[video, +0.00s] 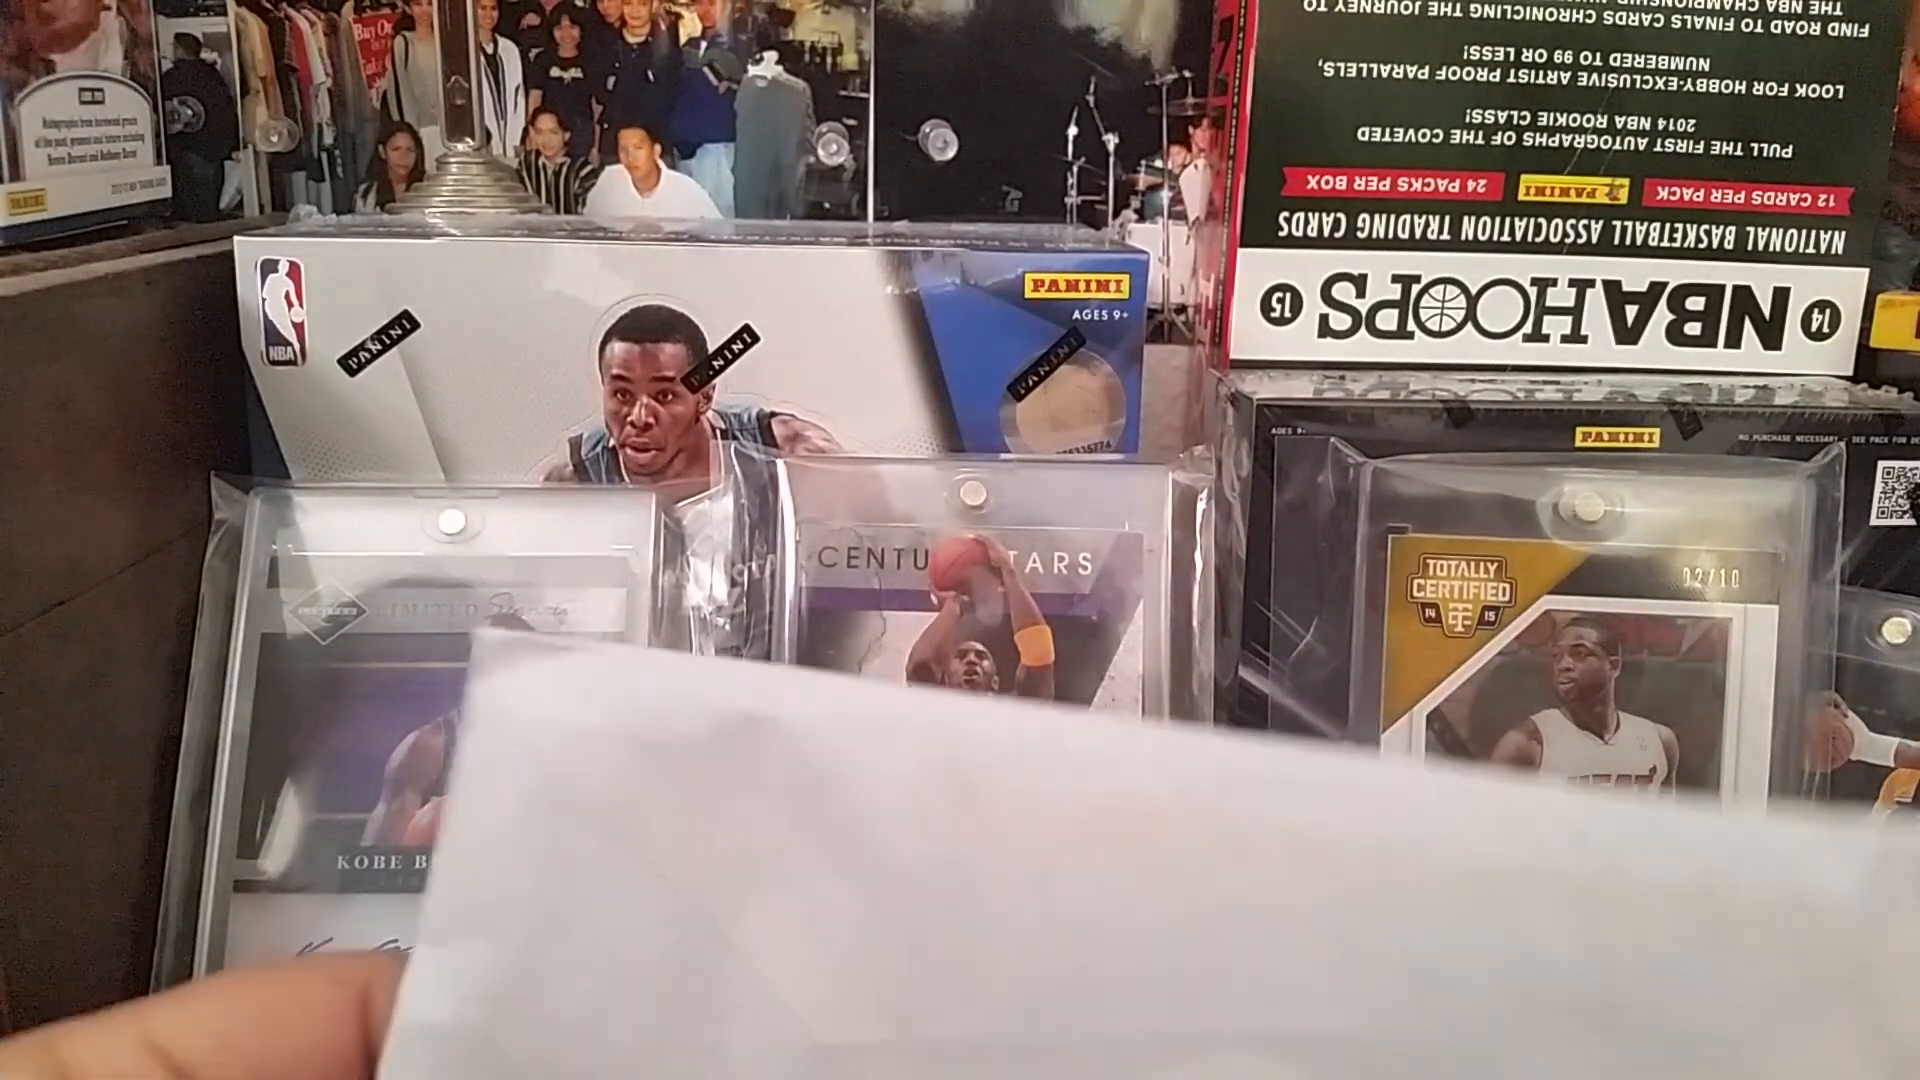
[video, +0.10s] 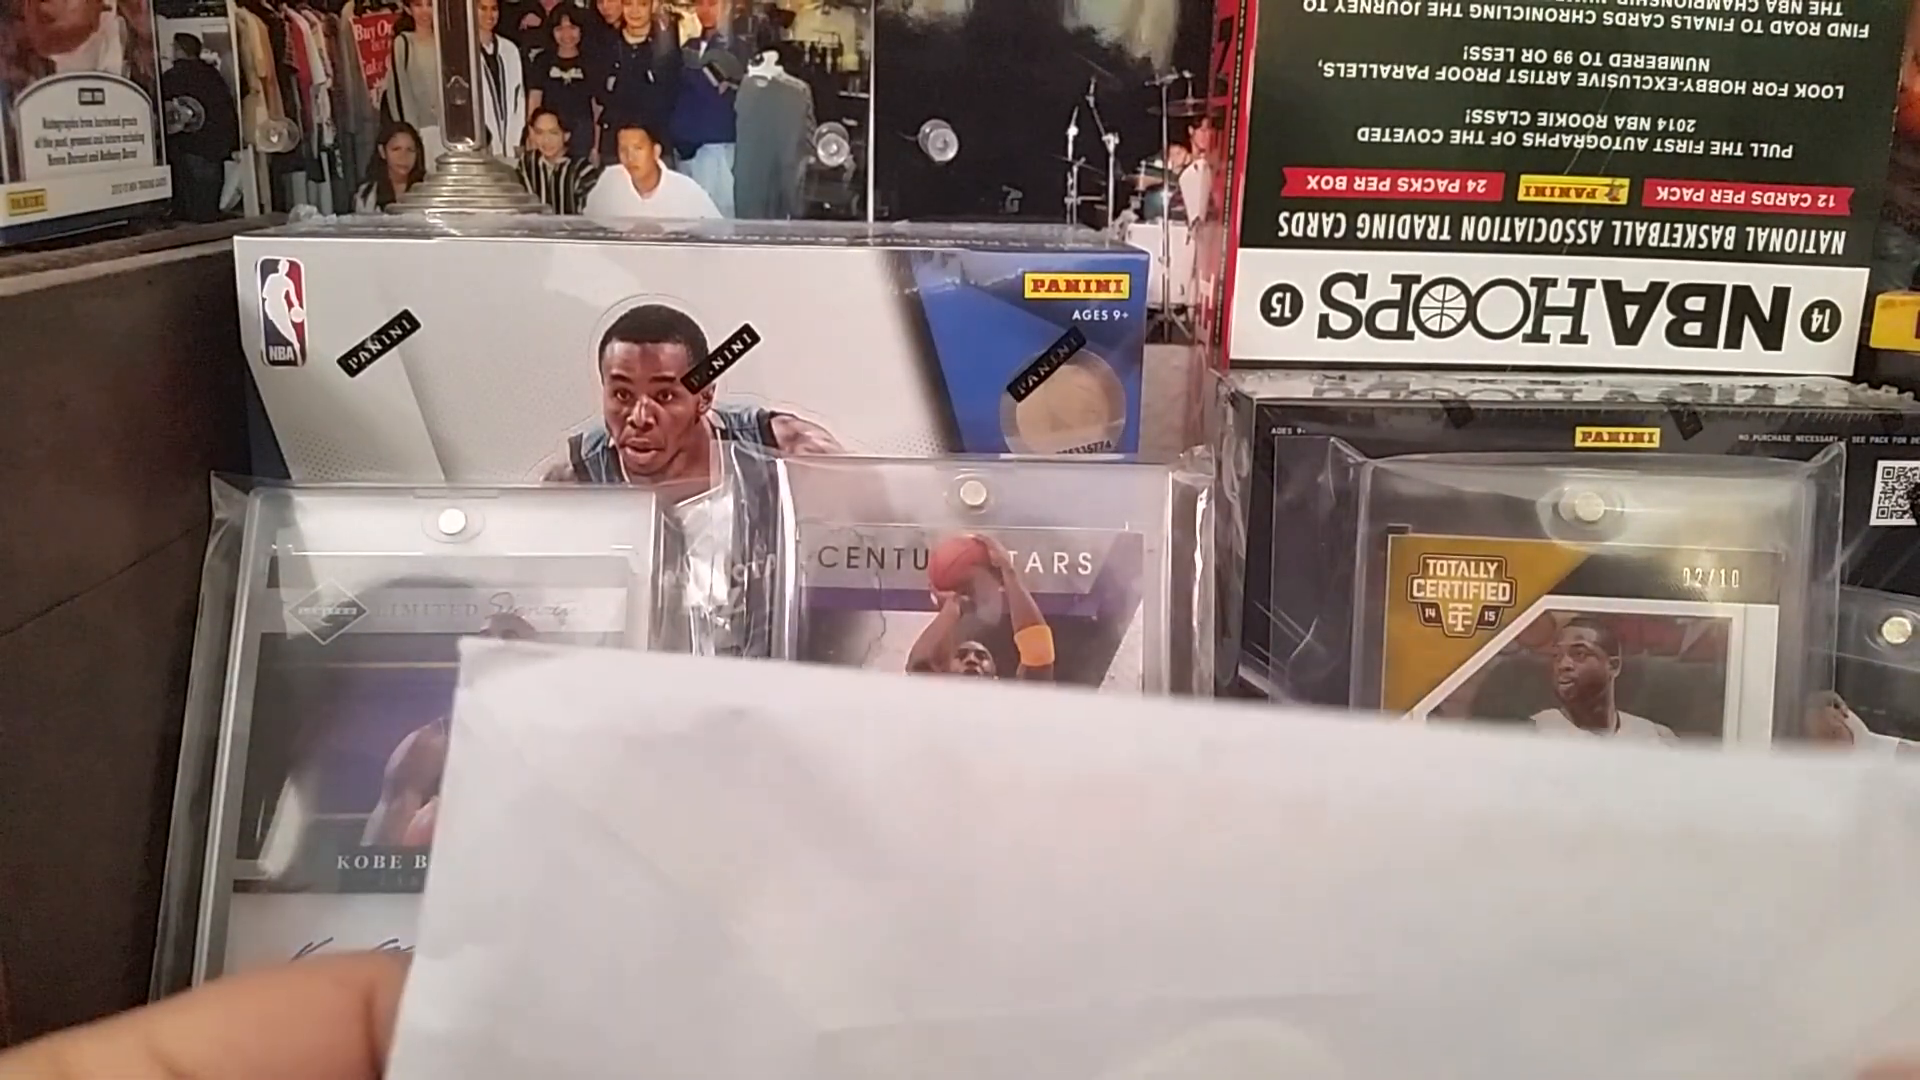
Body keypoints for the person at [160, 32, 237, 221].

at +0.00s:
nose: (173, 51)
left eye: (174, 48)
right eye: (174, 48)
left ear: (178, 50)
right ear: (197, 51)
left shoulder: (169, 78)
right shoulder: (212, 74)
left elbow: (160, 115)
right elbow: (228, 109)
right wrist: (232, 145)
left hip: (182, 149)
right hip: (213, 148)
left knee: (184, 204)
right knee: (210, 204)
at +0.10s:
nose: (172, 52)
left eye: (174, 49)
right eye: (174, 48)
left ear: (177, 50)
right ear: (197, 51)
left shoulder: (169, 78)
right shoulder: (212, 73)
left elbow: (162, 117)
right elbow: (228, 108)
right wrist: (233, 145)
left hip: (184, 148)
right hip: (215, 146)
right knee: (210, 204)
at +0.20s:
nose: (173, 52)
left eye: (174, 48)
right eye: (175, 48)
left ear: (177, 50)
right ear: (198, 51)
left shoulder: (168, 79)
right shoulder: (212, 75)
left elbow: (161, 118)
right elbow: (227, 110)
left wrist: (164, 150)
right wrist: (233, 145)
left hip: (181, 152)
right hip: (212, 150)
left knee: (183, 208)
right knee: (210, 208)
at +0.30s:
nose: (173, 51)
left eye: (174, 49)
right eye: (175, 49)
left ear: (176, 50)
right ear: (198, 52)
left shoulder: (168, 79)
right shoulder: (213, 75)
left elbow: (160, 117)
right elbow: (228, 111)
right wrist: (233, 145)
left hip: (182, 152)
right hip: (213, 151)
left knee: (183, 208)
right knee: (209, 208)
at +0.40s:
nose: (173, 53)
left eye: (175, 49)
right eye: (174, 49)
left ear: (179, 51)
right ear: (197, 52)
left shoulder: (167, 79)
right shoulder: (212, 75)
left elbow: (159, 117)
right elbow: (227, 111)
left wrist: (161, 150)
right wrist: (232, 145)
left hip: (178, 152)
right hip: (210, 151)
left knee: (181, 208)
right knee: (208, 208)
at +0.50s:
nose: (172, 52)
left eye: (173, 48)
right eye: (174, 48)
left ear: (177, 50)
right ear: (197, 52)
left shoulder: (168, 79)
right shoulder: (212, 75)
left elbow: (160, 116)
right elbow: (227, 110)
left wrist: (161, 150)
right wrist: (232, 145)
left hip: (180, 151)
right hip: (212, 150)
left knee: (182, 207)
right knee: (209, 207)